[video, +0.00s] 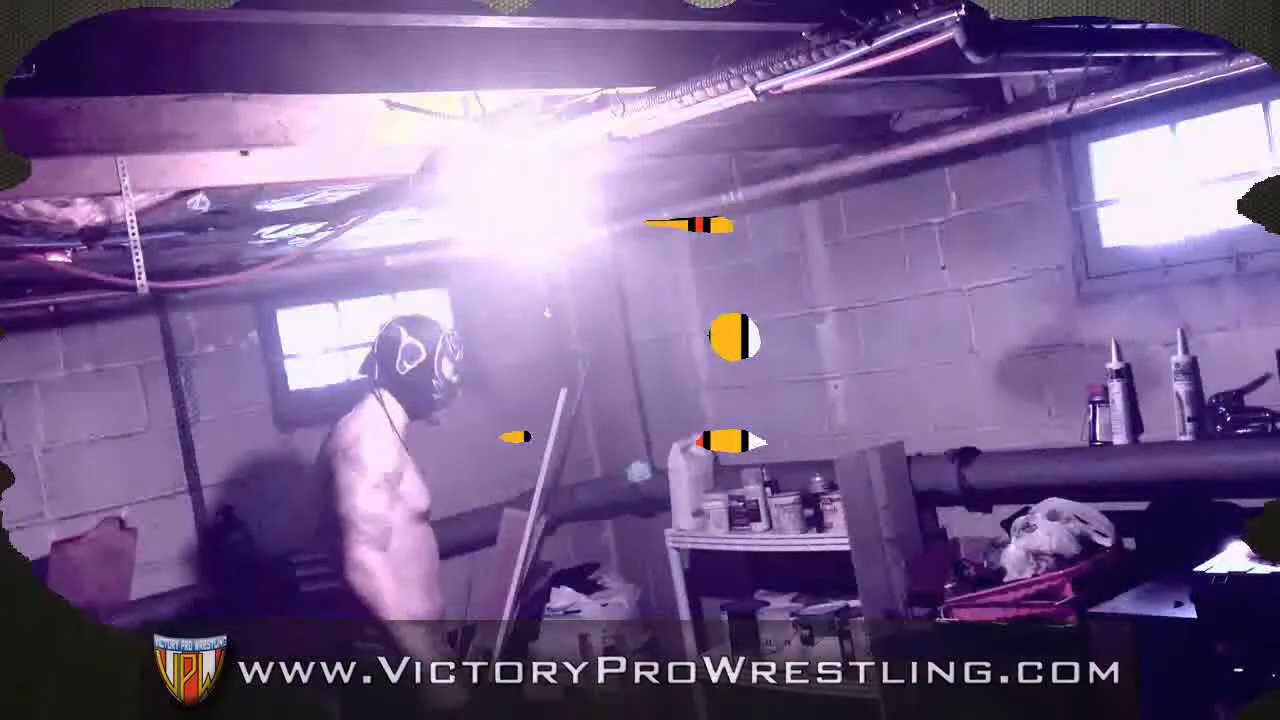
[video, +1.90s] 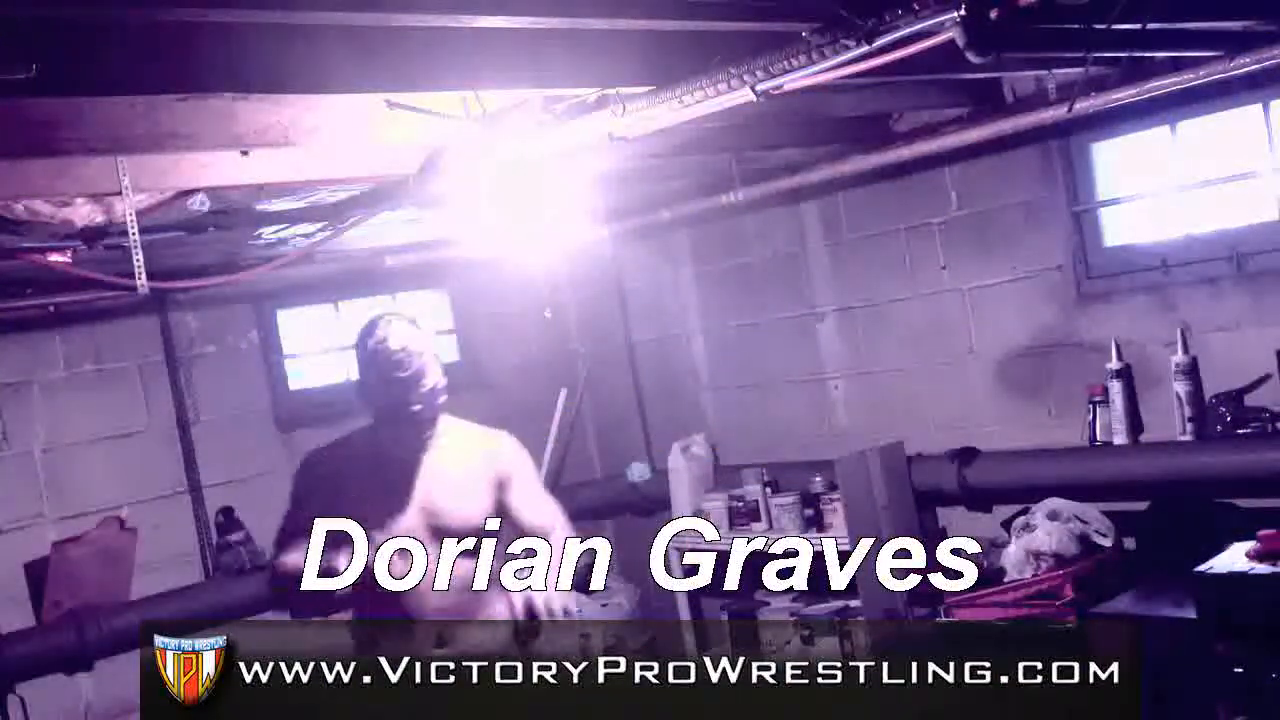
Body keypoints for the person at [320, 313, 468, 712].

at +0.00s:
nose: (453, 377)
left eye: (453, 361)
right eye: (446, 360)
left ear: (406, 360)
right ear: (413, 360)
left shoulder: (381, 427)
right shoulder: (369, 433)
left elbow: (376, 550)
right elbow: (362, 561)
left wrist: (431, 643)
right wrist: (428, 656)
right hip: (393, 646)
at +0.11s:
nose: (454, 376)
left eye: (454, 362)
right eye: (446, 361)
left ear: (409, 361)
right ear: (412, 360)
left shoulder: (384, 427)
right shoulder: (368, 432)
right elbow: (347, 558)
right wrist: (389, 641)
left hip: (419, 620)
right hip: (400, 625)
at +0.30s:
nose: (460, 386)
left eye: (460, 371)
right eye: (448, 369)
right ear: (412, 368)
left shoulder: (415, 438)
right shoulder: (358, 436)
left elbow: (444, 530)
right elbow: (311, 550)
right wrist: (340, 650)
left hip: (427, 626)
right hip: (375, 634)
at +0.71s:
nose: (428, 400)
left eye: (432, 386)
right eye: (413, 388)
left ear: (437, 378)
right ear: (378, 386)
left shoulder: (441, 444)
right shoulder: (331, 451)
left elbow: (469, 539)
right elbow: (290, 563)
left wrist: (514, 619)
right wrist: (297, 664)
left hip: (435, 636)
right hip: (365, 640)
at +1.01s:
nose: (388, 404)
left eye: (397, 388)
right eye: (370, 395)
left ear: (407, 380)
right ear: (341, 394)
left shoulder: (436, 445)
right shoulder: (302, 464)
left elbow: (472, 541)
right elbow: (275, 577)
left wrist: (506, 635)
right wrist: (289, 674)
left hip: (442, 646)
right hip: (355, 653)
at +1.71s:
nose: (379, 417)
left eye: (389, 400)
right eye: (361, 405)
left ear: (404, 385)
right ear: (331, 403)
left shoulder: (455, 455)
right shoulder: (291, 481)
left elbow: (518, 561)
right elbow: (258, 595)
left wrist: (543, 658)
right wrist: (291, 683)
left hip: (458, 668)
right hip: (347, 677)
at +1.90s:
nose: (424, 422)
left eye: (431, 405)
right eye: (408, 413)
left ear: (443, 378)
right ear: (368, 395)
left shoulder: (497, 454)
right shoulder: (327, 470)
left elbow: (563, 545)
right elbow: (287, 573)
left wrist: (549, 583)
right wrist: (308, 574)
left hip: (502, 665)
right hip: (384, 671)